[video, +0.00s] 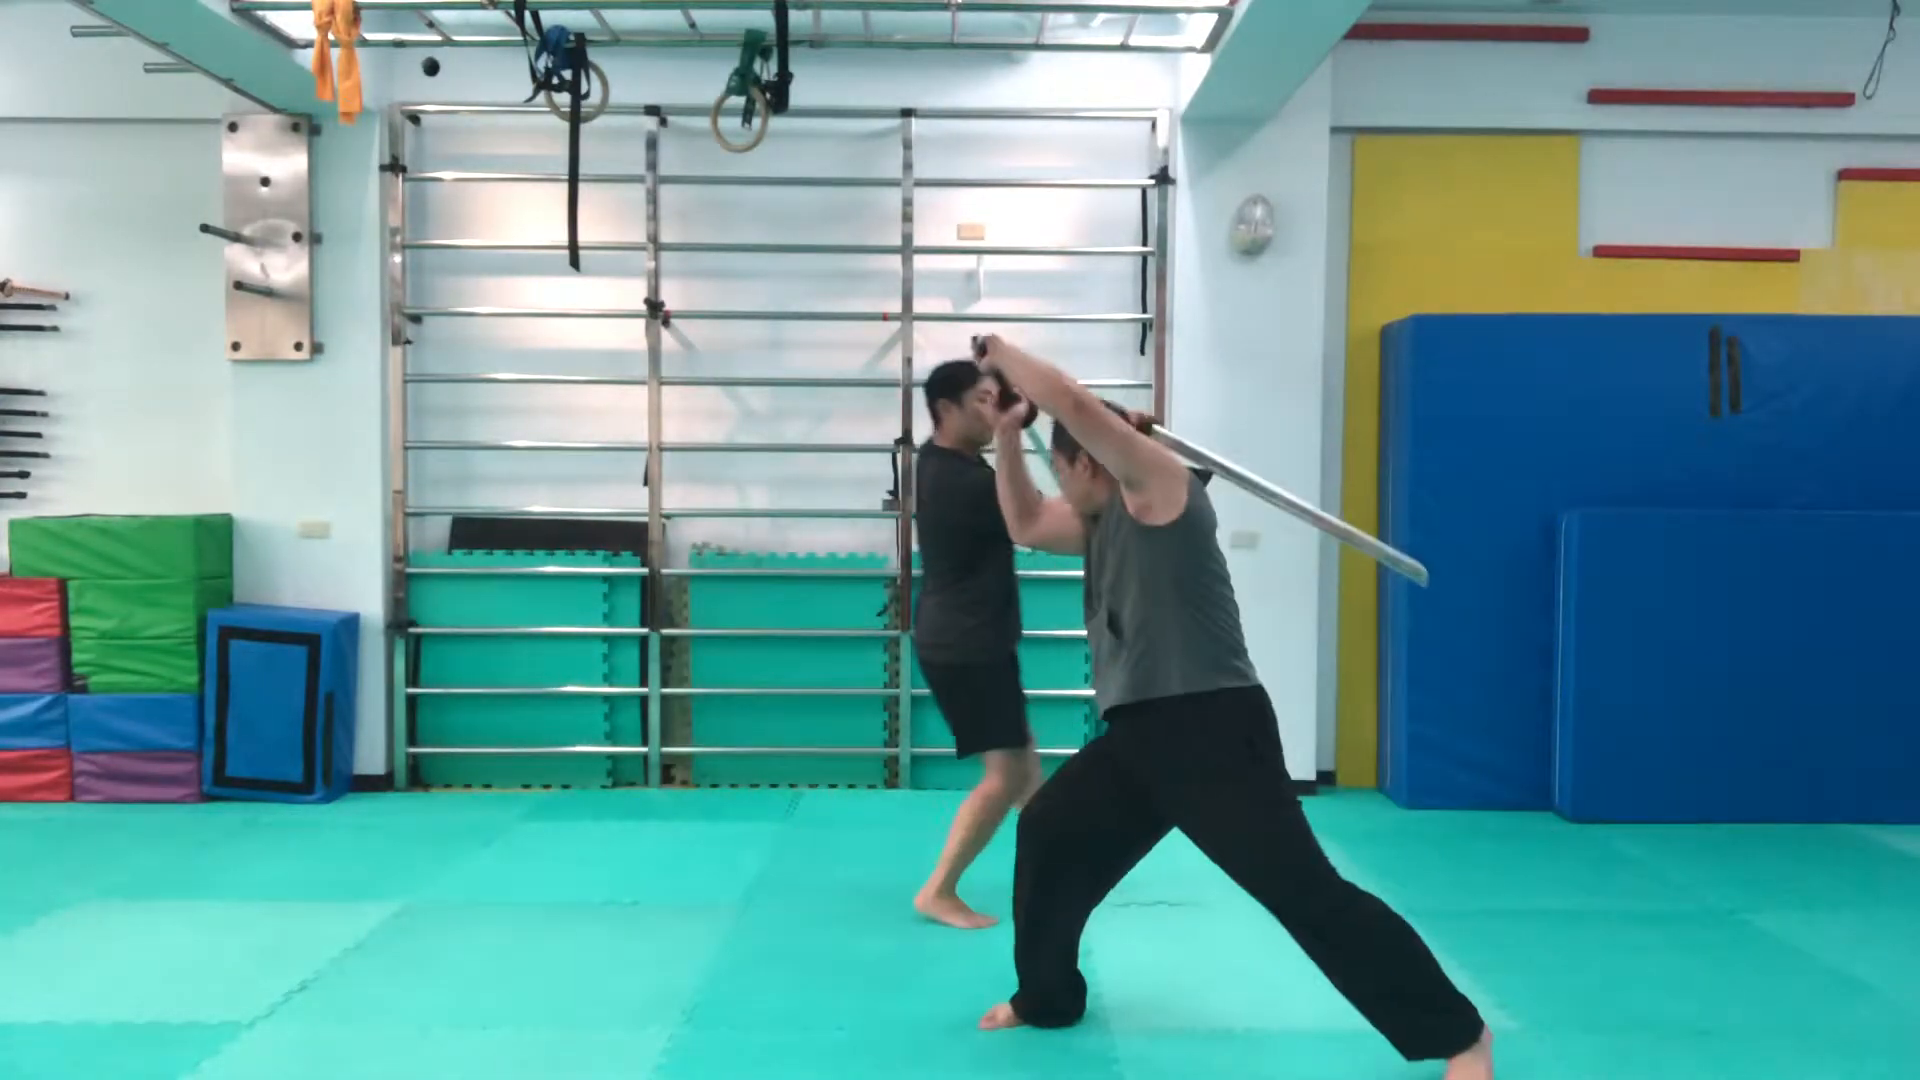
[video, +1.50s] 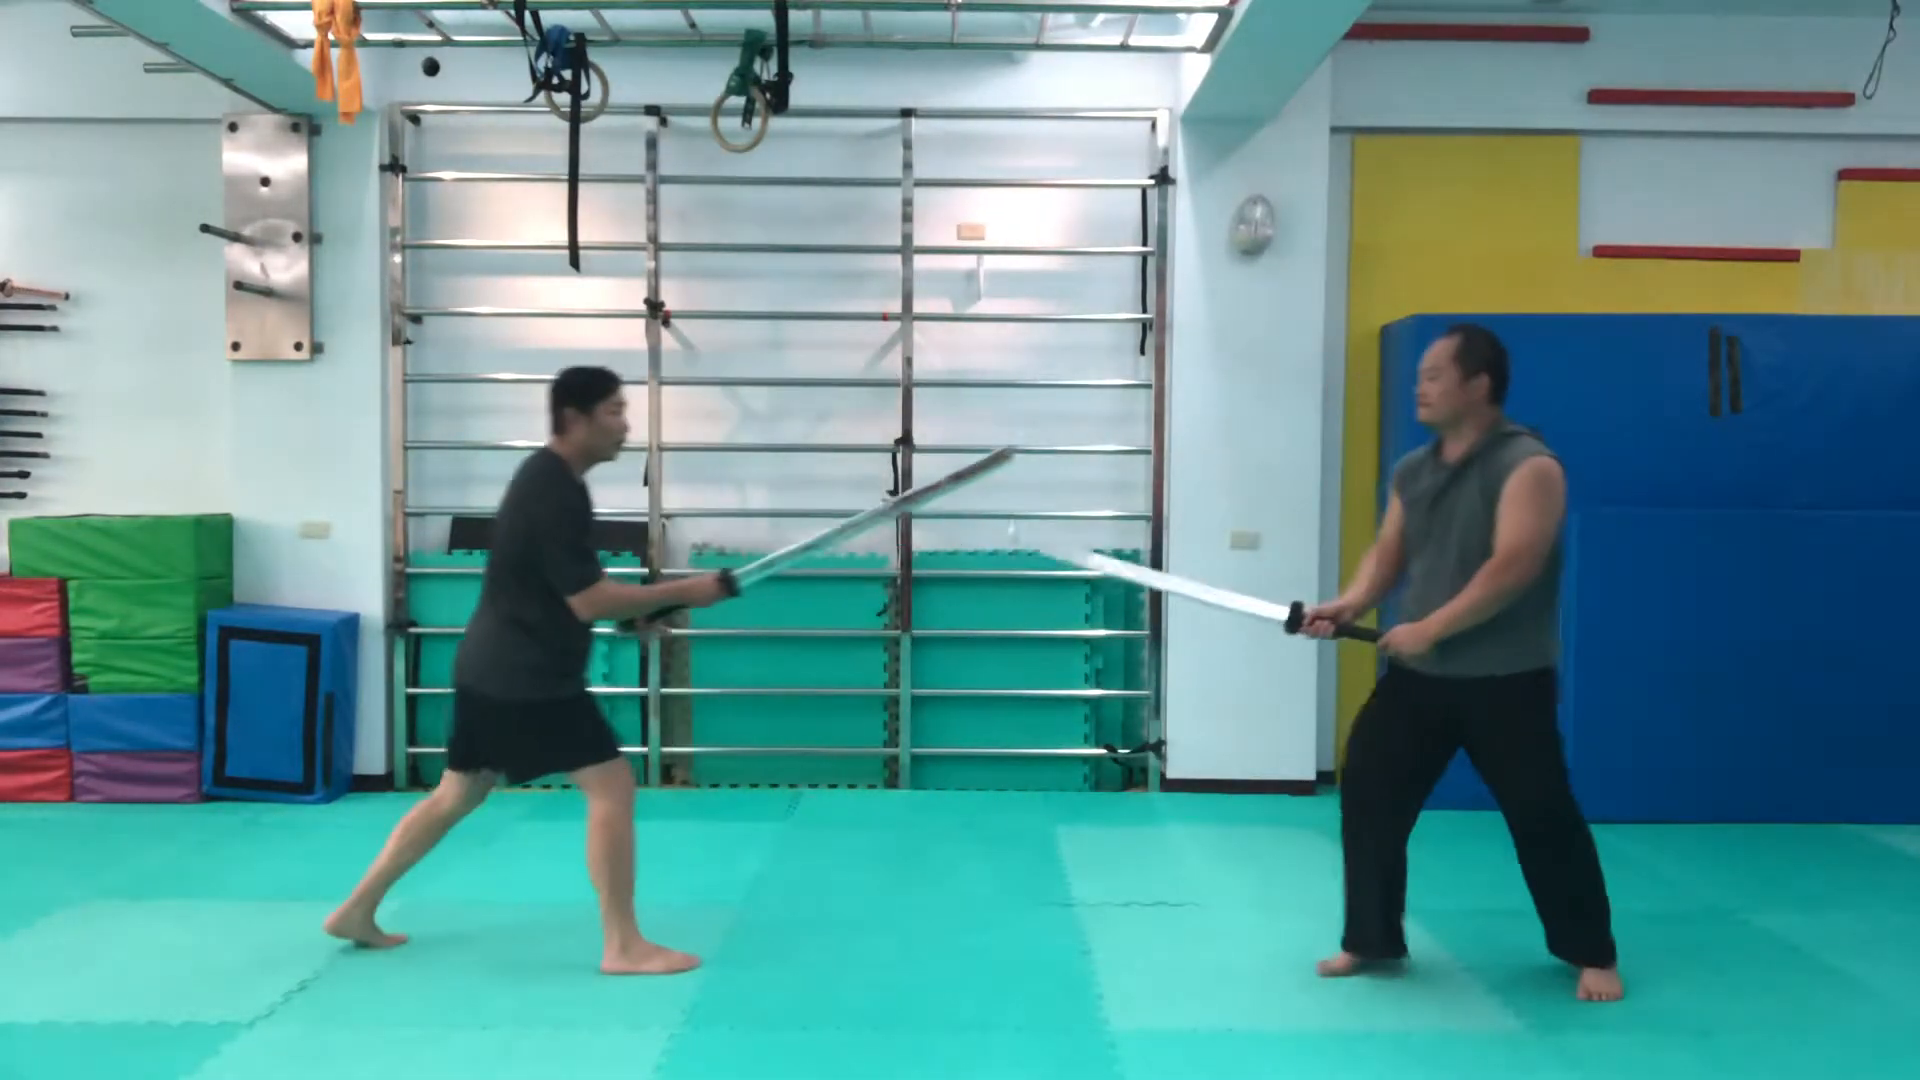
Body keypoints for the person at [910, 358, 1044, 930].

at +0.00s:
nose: (995, 413)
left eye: (996, 402)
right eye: (984, 403)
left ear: (948, 413)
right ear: (948, 411)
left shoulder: (936, 464)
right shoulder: (968, 480)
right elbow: (1041, 523)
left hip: (965, 640)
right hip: (970, 646)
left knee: (1027, 772)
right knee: (1008, 774)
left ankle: (1055, 885)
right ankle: (938, 891)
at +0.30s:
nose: (928, 400)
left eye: (926, 388)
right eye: (916, 390)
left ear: (879, 401)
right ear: (882, 399)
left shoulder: (858, 455)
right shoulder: (904, 467)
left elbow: (906, 480)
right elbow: (993, 505)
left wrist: (939, 439)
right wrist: (1037, 456)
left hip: (874, 636)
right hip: (914, 640)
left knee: (912, 744)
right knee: (957, 760)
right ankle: (934, 898)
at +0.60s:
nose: (841, 407)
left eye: (839, 395)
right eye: (830, 398)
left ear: (796, 408)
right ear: (794, 408)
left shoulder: (765, 471)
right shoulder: (803, 476)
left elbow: (777, 573)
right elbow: (836, 566)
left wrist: (845, 589)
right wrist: (896, 559)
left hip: (758, 655)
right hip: (800, 658)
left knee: (760, 769)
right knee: (864, 770)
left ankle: (697, 889)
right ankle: (921, 895)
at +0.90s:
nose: (770, 397)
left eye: (768, 386)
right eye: (759, 387)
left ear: (721, 395)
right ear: (723, 393)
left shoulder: (687, 457)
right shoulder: (721, 459)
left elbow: (680, 564)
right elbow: (739, 562)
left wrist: (749, 607)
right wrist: (806, 569)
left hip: (673, 647)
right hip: (700, 651)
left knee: (706, 768)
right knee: (739, 771)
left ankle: (689, 887)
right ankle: (649, 915)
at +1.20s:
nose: (725, 414)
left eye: (725, 401)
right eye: (717, 402)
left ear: (675, 406)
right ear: (677, 403)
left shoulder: (628, 457)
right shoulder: (661, 472)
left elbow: (646, 566)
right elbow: (682, 579)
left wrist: (716, 597)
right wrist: (769, 582)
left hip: (564, 648)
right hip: (610, 659)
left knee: (594, 762)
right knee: (649, 784)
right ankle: (625, 946)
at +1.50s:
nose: (625, 424)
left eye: (623, 412)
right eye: (614, 412)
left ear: (571, 421)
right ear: (573, 419)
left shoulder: (539, 477)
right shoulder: (557, 489)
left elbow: (559, 585)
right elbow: (588, 597)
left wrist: (630, 606)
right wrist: (682, 592)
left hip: (488, 673)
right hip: (534, 681)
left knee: (455, 793)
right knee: (611, 785)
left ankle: (355, 912)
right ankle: (623, 946)